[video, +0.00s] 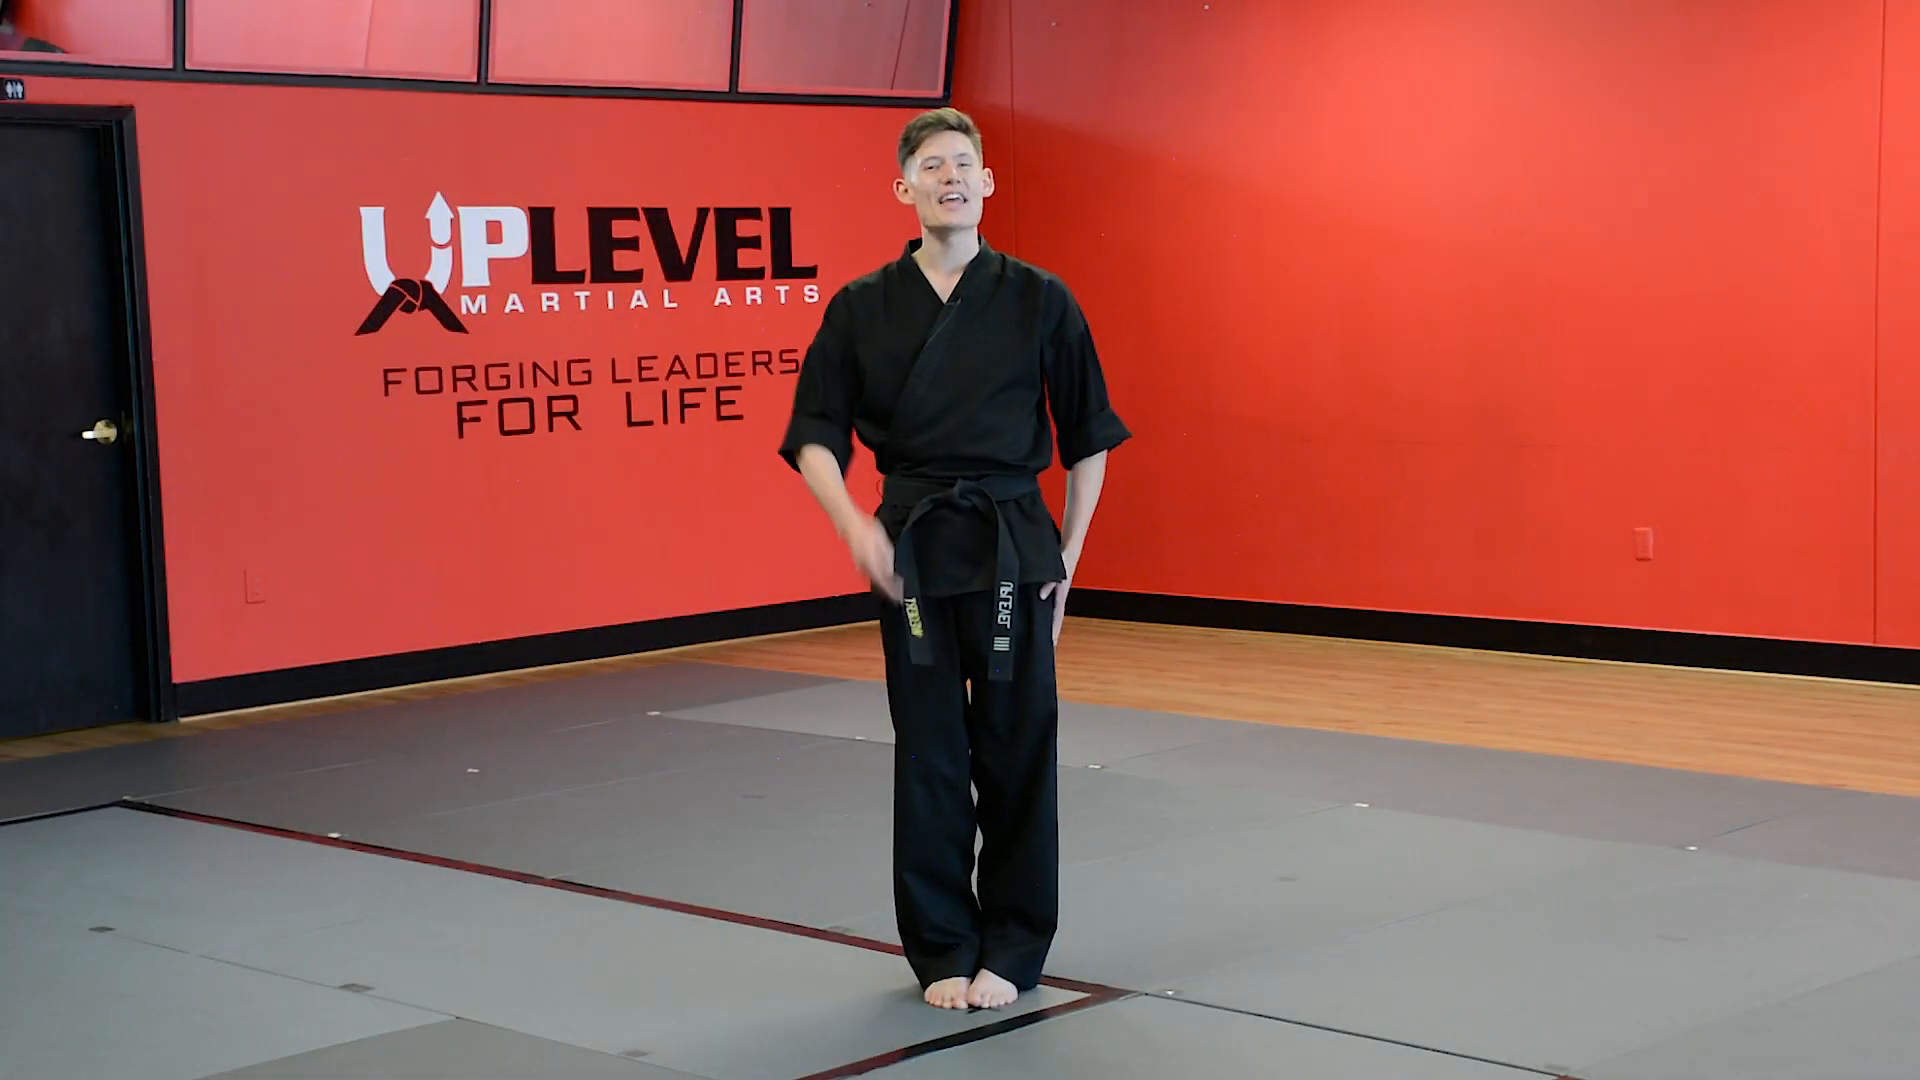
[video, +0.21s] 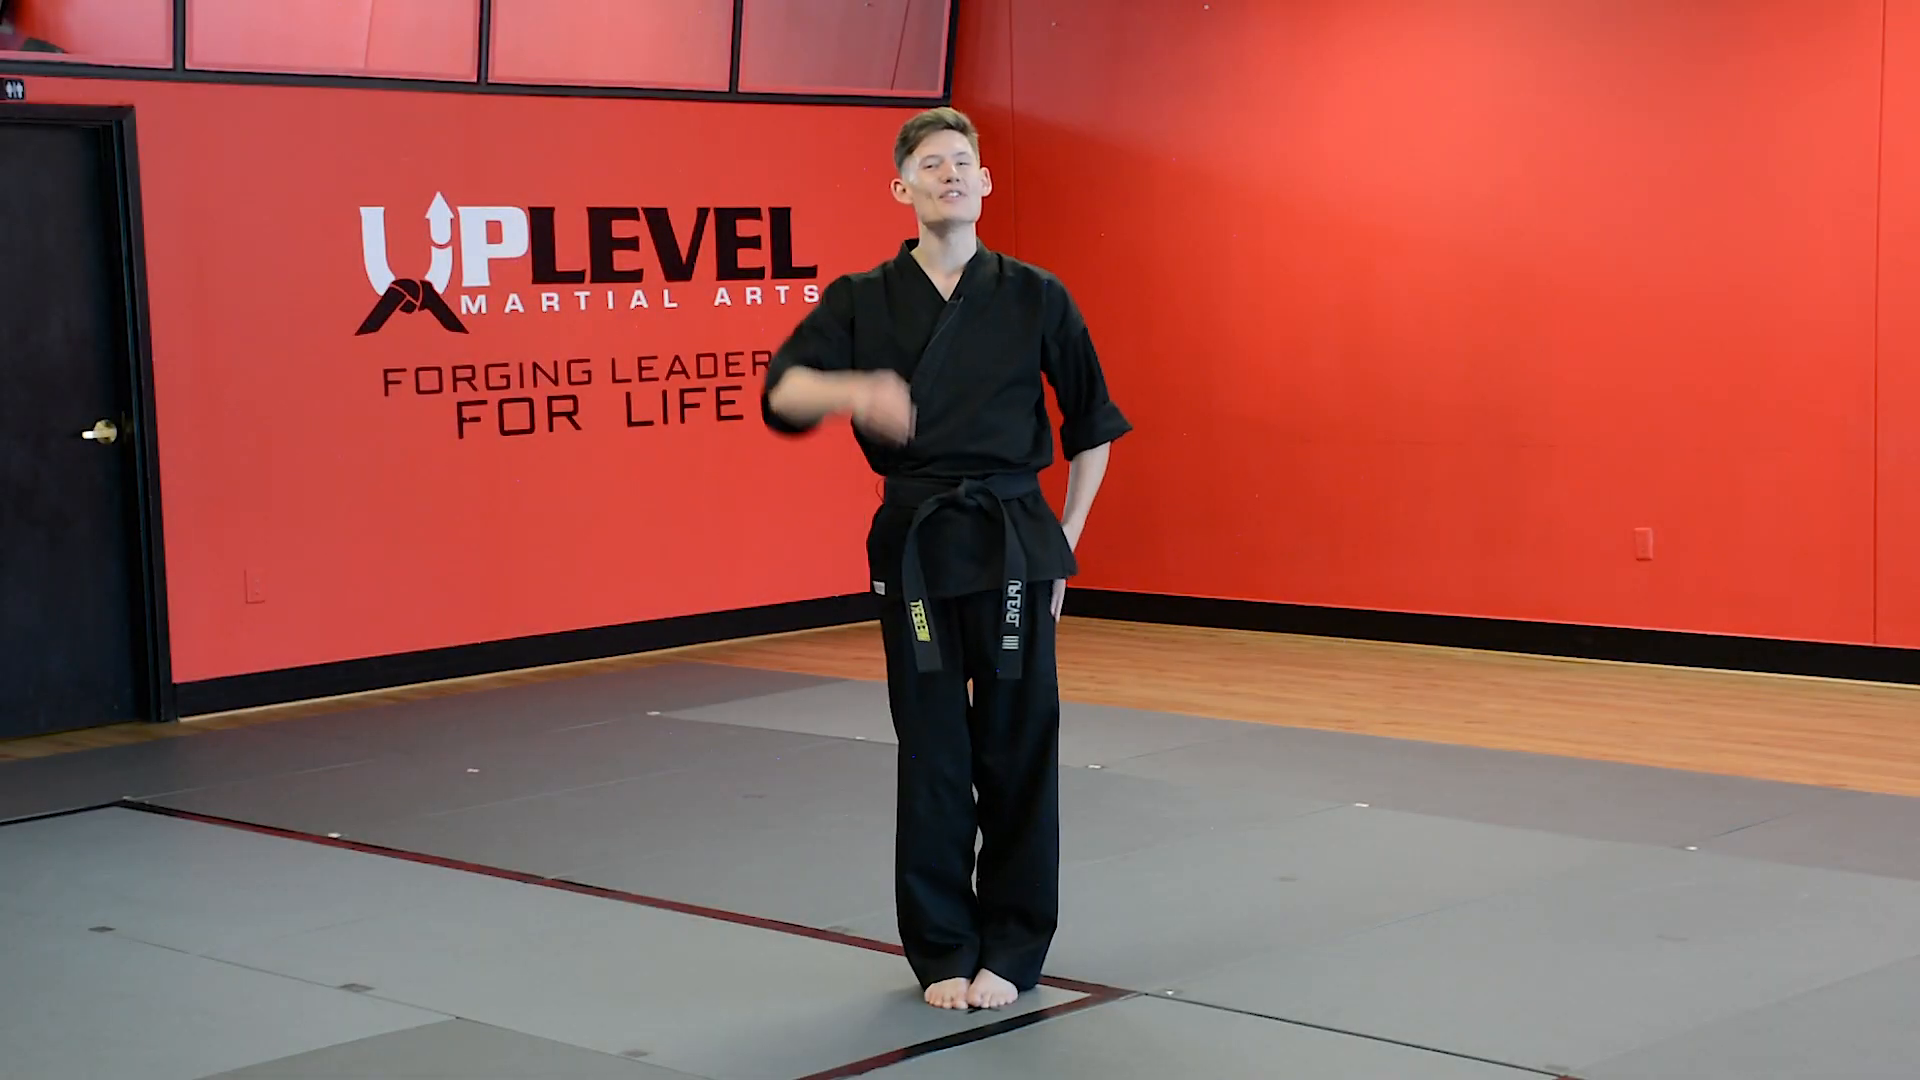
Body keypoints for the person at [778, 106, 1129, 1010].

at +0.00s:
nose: (953, 177)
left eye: (966, 165)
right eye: (934, 166)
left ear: (987, 183)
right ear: (905, 187)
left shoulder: (1039, 297)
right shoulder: (860, 306)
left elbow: (1087, 437)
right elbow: (812, 439)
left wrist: (1070, 556)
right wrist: (857, 529)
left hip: (1017, 536)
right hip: (914, 539)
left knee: (1016, 761)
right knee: (929, 762)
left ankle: (1011, 955)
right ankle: (943, 955)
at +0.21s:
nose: (952, 171)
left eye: (963, 160)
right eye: (932, 162)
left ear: (985, 182)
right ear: (902, 189)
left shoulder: (1037, 295)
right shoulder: (859, 299)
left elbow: (1093, 420)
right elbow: (781, 394)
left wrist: (1068, 534)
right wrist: (852, 392)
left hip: (1016, 537)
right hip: (915, 540)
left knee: (1018, 759)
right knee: (932, 759)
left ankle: (1011, 956)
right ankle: (943, 957)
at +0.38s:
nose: (960, 170)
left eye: (969, 159)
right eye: (939, 161)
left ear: (984, 182)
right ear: (903, 185)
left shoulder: (1032, 293)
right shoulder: (865, 292)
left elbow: (1091, 413)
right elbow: (768, 351)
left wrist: (1064, 524)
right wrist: (854, 308)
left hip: (1019, 540)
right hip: (918, 544)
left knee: (1021, 761)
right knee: (936, 763)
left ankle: (1009, 955)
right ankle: (943, 958)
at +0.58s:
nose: (968, 166)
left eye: (974, 155)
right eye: (945, 157)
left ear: (988, 178)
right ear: (905, 181)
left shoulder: (1029, 293)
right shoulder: (870, 286)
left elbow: (1081, 404)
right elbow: (769, 311)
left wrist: (1060, 510)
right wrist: (854, 242)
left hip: (1020, 537)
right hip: (923, 541)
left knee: (1022, 760)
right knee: (943, 760)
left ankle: (1010, 957)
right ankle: (943, 957)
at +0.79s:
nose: (969, 162)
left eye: (975, 151)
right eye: (945, 154)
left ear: (990, 175)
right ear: (905, 181)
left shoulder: (1029, 288)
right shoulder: (876, 281)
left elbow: (1077, 400)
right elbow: (788, 305)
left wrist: (1053, 510)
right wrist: (863, 228)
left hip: (1017, 535)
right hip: (920, 538)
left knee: (1019, 762)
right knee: (937, 764)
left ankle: (1009, 955)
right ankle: (943, 958)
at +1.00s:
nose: (960, 164)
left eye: (970, 152)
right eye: (938, 154)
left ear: (990, 172)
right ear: (906, 180)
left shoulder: (1030, 283)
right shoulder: (870, 281)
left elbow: (1086, 393)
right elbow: (878, 365)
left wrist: (1054, 502)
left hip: (1014, 531)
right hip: (915, 536)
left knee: (1018, 758)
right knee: (928, 761)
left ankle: (1013, 954)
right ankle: (939, 953)